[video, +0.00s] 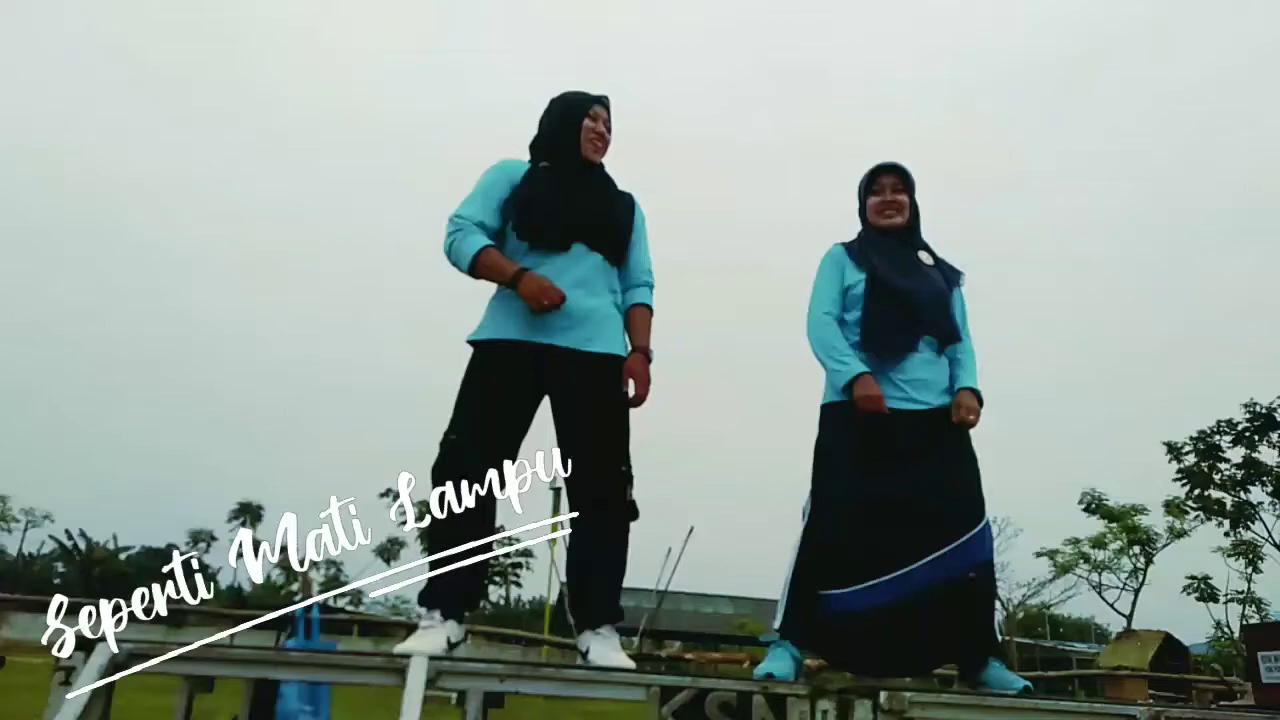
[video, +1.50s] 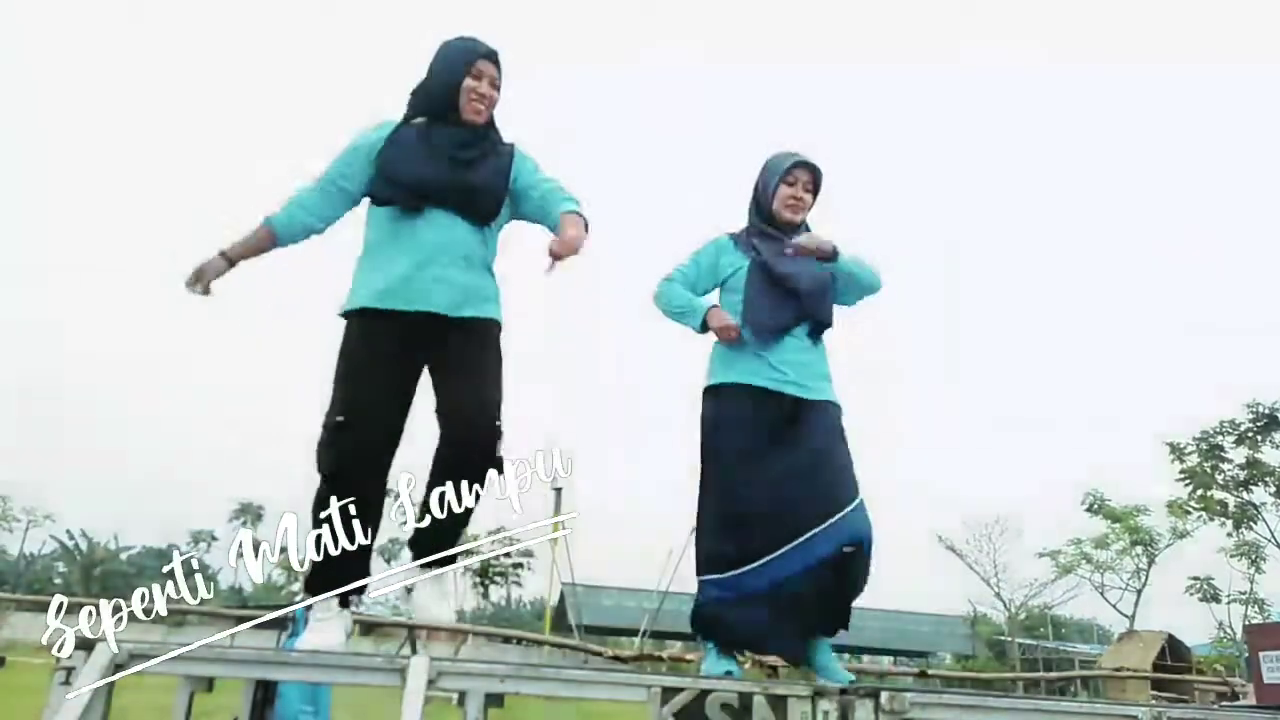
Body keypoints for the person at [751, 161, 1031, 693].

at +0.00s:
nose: (889, 198)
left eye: (899, 191)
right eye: (879, 192)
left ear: (913, 202)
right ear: (863, 204)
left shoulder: (944, 272)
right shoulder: (844, 257)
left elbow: (960, 338)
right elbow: (820, 322)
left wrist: (966, 387)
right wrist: (854, 374)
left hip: (935, 416)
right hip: (860, 413)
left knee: (965, 530)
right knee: (831, 526)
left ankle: (979, 658)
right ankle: (789, 645)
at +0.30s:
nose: (892, 193)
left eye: (903, 185)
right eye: (882, 187)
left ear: (921, 195)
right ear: (870, 200)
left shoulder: (957, 266)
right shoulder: (852, 256)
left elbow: (982, 334)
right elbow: (807, 312)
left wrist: (994, 389)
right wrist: (862, 330)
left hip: (941, 410)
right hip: (863, 404)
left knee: (961, 528)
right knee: (829, 515)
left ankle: (981, 659)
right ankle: (783, 633)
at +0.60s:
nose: (862, 191)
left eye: (872, 184)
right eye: (852, 185)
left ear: (889, 197)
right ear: (838, 198)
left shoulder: (915, 269)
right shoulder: (815, 249)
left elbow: (940, 331)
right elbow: (747, 264)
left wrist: (963, 380)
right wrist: (817, 254)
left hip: (896, 406)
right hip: (819, 397)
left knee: (926, 524)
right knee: (804, 519)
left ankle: (953, 654)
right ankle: (781, 645)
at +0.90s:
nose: (852, 200)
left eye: (863, 192)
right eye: (842, 193)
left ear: (881, 201)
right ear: (830, 206)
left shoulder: (915, 269)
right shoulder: (813, 266)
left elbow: (932, 337)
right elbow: (742, 274)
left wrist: (931, 389)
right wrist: (808, 261)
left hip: (890, 407)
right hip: (815, 397)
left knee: (907, 528)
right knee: (789, 517)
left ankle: (912, 651)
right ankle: (763, 643)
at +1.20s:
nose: (817, 193)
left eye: (826, 187)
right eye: (807, 186)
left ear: (840, 199)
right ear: (791, 197)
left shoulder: (869, 265)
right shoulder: (760, 256)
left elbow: (920, 319)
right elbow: (683, 272)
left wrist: (963, 376)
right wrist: (700, 274)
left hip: (854, 412)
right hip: (776, 409)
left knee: (884, 529)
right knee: (757, 524)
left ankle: (913, 652)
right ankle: (725, 643)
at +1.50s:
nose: (798, 195)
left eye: (807, 190)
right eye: (789, 185)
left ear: (813, 202)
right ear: (765, 188)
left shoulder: (816, 262)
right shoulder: (731, 248)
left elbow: (870, 282)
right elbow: (668, 291)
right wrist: (707, 312)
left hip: (811, 396)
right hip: (741, 389)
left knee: (843, 521)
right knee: (731, 512)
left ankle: (815, 640)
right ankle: (720, 644)